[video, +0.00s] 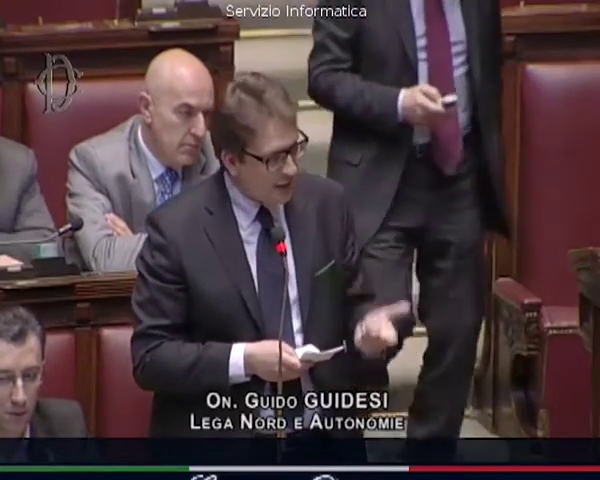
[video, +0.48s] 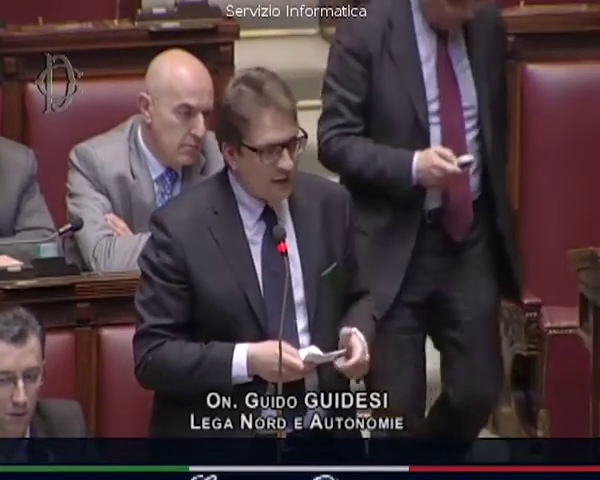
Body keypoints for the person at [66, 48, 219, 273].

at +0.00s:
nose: (200, 130)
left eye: (206, 114)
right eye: (186, 113)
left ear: (211, 108)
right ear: (146, 108)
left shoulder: (209, 152)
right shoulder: (92, 160)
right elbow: (105, 260)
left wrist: (137, 247)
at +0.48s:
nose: (199, 131)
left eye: (206, 114)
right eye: (186, 114)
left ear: (211, 110)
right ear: (146, 108)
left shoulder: (216, 154)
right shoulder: (92, 160)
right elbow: (105, 260)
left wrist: (137, 246)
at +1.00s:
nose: (197, 130)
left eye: (205, 113)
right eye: (182, 112)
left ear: (210, 109)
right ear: (145, 108)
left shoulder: (221, 154)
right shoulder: (92, 161)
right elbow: (105, 259)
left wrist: (138, 248)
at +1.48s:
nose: (194, 131)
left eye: (202, 114)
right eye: (179, 113)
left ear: (209, 108)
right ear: (143, 108)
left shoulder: (227, 156)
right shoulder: (91, 161)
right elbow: (105, 259)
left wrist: (138, 250)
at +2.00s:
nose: (185, 127)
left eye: (195, 111)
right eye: (170, 108)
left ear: (204, 108)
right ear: (140, 104)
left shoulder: (230, 157)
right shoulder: (91, 161)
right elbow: (105, 259)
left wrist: (139, 251)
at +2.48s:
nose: (184, 125)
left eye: (194, 109)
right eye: (169, 106)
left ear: (203, 108)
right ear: (139, 104)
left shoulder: (231, 157)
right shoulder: (91, 161)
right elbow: (105, 259)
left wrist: (139, 251)